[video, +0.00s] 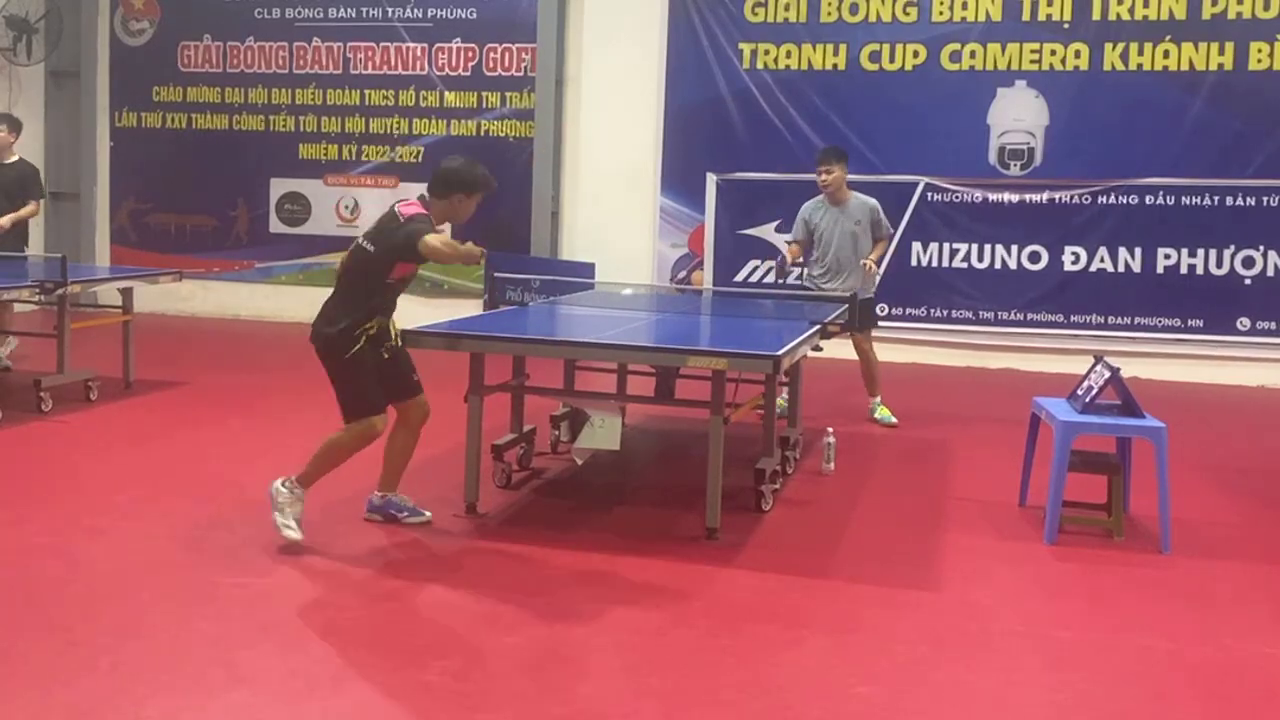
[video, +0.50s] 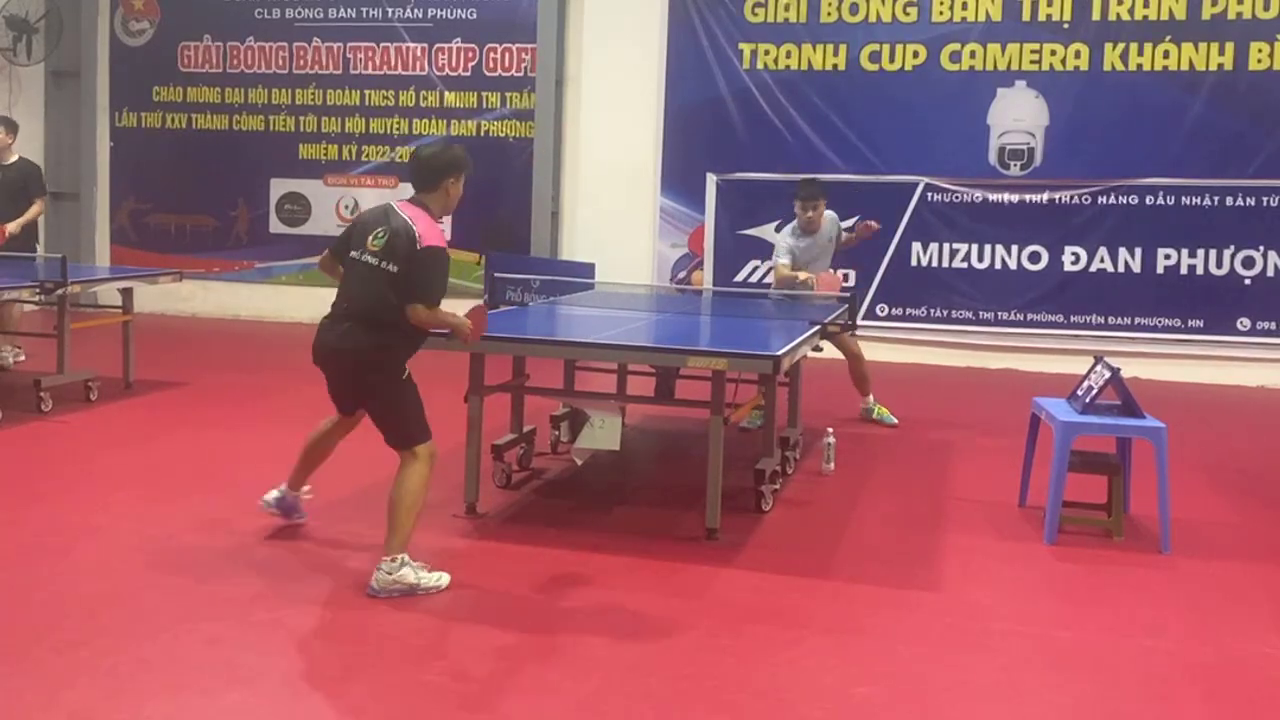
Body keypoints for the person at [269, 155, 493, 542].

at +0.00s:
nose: (473, 211)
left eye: (476, 203)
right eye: (473, 202)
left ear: (443, 193)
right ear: (456, 198)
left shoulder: (408, 209)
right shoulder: (418, 222)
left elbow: (349, 261)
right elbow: (433, 247)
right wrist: (463, 253)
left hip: (376, 325)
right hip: (343, 332)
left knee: (415, 411)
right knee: (368, 425)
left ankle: (385, 497)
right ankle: (291, 489)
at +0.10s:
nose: (477, 193)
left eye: (478, 185)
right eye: (476, 185)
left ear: (441, 179)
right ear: (460, 185)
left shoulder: (407, 201)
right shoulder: (433, 223)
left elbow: (356, 235)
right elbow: (455, 263)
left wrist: (326, 268)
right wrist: (474, 254)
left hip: (369, 324)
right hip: (354, 330)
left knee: (410, 409)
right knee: (393, 419)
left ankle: (383, 498)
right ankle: (333, 517)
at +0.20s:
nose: (474, 193)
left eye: (474, 184)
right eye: (474, 184)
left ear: (435, 177)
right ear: (463, 184)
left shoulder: (394, 208)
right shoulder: (442, 231)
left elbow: (339, 246)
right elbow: (465, 283)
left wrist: (315, 275)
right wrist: (473, 268)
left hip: (346, 336)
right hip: (371, 342)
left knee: (400, 427)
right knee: (411, 433)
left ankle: (385, 504)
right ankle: (390, 543)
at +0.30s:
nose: (470, 198)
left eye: (469, 190)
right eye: (469, 190)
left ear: (426, 188)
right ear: (458, 192)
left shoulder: (388, 219)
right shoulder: (445, 243)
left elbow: (331, 258)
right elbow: (461, 308)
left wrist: (311, 284)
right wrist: (471, 290)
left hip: (345, 350)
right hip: (386, 360)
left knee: (394, 420)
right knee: (432, 453)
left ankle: (381, 504)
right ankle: (399, 561)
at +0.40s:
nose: (470, 191)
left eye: (470, 183)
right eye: (469, 183)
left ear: (425, 179)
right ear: (457, 183)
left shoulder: (380, 213)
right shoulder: (442, 238)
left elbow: (325, 257)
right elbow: (447, 311)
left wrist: (338, 291)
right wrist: (458, 313)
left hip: (337, 342)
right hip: (381, 354)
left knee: (366, 412)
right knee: (423, 449)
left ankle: (352, 495)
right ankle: (399, 560)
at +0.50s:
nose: (461, 193)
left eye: (461, 185)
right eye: (461, 185)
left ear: (418, 180)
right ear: (449, 186)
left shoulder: (377, 214)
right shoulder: (429, 239)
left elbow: (328, 262)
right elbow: (417, 312)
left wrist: (369, 289)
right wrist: (458, 323)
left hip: (331, 342)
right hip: (375, 356)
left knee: (349, 416)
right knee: (419, 453)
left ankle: (288, 492)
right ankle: (393, 564)